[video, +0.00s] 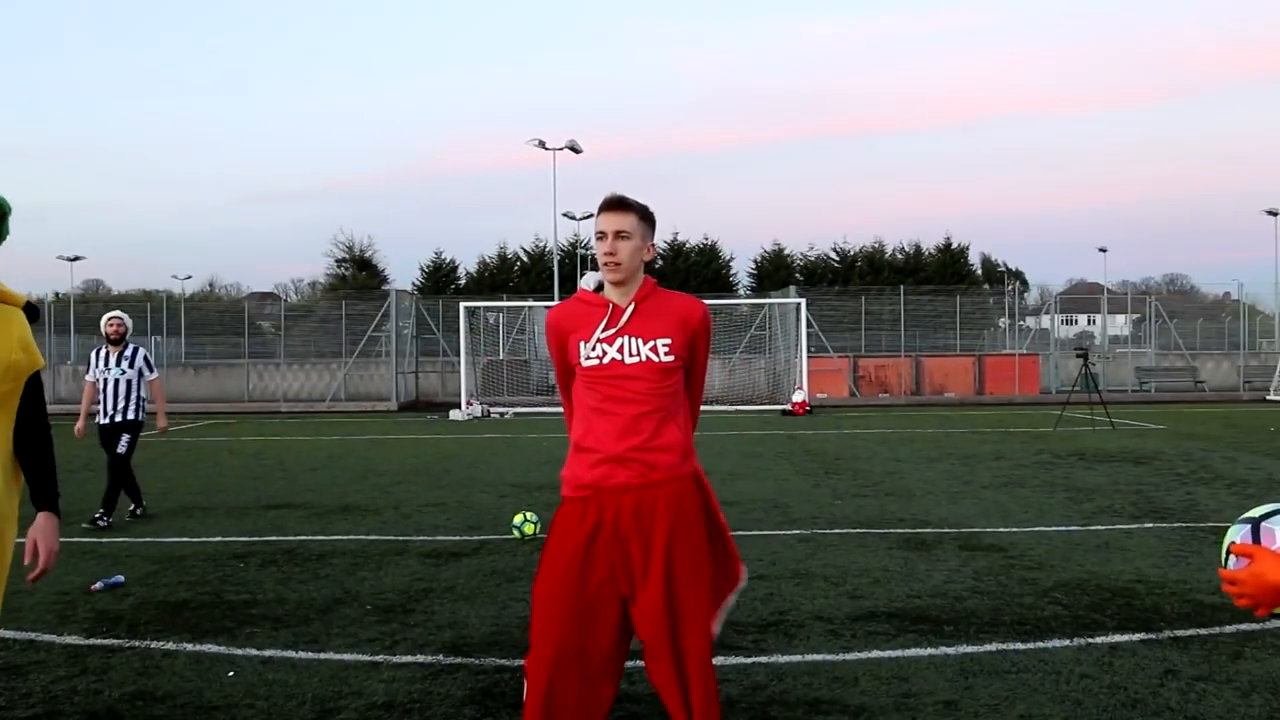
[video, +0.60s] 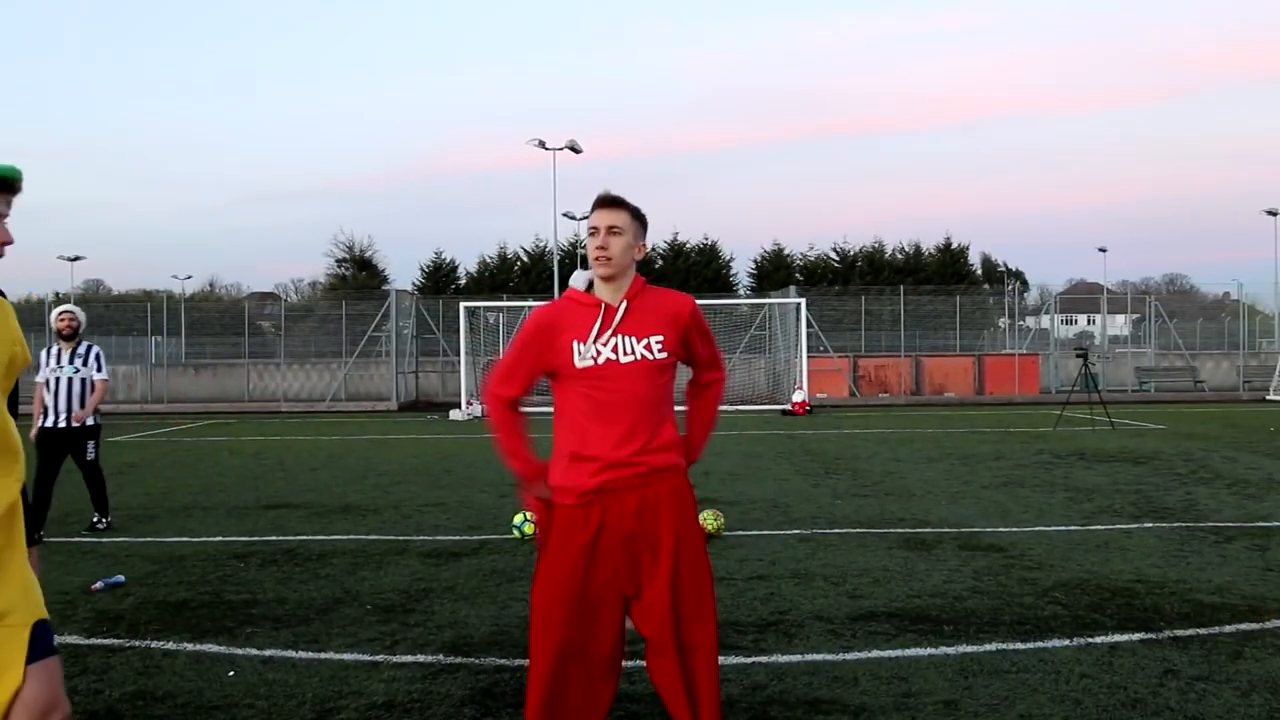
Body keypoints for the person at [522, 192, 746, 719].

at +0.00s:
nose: (609, 247)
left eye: (622, 237)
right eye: (601, 237)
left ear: (649, 250)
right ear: (592, 246)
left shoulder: (688, 314)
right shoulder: (564, 319)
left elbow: (690, 407)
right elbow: (572, 409)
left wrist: (659, 465)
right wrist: (601, 466)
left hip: (667, 503)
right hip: (587, 506)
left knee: (683, 657)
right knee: (553, 657)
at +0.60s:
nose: (601, 243)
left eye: (615, 233)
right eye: (593, 233)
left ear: (640, 246)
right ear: (586, 244)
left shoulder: (677, 311)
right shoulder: (552, 319)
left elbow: (709, 376)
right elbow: (497, 393)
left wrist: (687, 451)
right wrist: (531, 476)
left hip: (660, 496)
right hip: (575, 504)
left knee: (685, 645)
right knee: (561, 653)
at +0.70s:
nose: (613, 241)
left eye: (627, 231)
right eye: (606, 231)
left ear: (651, 246)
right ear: (596, 241)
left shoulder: (681, 312)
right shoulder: (555, 303)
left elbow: (736, 371)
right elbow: (476, 351)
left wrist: (737, 449)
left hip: (653, 493)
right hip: (573, 497)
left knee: (684, 639)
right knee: (555, 643)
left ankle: (707, 715)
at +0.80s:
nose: (628, 251)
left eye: (641, 240)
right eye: (619, 240)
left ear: (665, 249)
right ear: (610, 247)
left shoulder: (688, 320)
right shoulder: (567, 293)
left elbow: (760, 394)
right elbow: (481, 277)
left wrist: (833, 471)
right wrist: (413, 242)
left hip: (640, 501)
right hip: (565, 500)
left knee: (676, 648)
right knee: (547, 656)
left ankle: (720, 716)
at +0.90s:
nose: (632, 250)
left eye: (644, 240)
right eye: (623, 241)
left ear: (669, 249)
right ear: (613, 248)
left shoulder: (693, 327)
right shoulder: (584, 283)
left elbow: (760, 400)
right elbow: (533, 225)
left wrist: (849, 447)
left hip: (640, 496)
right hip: (571, 494)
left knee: (673, 646)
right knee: (550, 650)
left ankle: (716, 717)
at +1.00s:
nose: (634, 254)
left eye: (647, 242)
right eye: (625, 244)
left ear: (671, 251)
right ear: (616, 253)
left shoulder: (692, 320)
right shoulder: (615, 294)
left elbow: (762, 384)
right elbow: (603, 228)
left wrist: (844, 425)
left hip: (649, 499)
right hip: (583, 497)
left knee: (686, 650)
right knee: (555, 652)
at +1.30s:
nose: (647, 254)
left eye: (659, 242)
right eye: (639, 246)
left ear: (685, 248)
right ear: (634, 255)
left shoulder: (704, 309)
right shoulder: (653, 305)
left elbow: (755, 377)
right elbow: (643, 263)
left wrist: (788, 450)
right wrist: (639, 214)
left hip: (681, 502)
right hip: (626, 497)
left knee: (700, 647)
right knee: (596, 640)